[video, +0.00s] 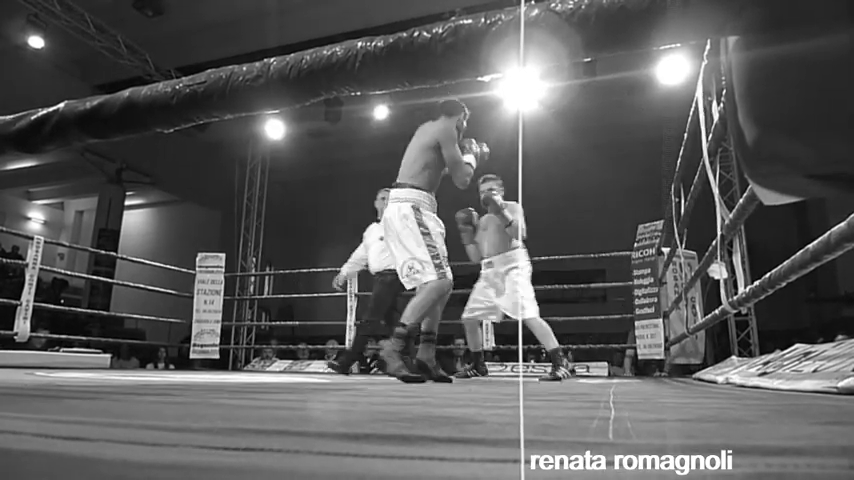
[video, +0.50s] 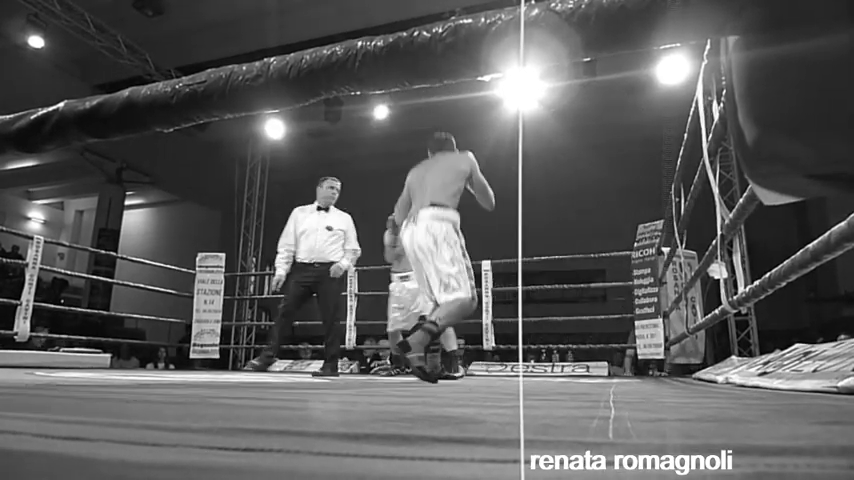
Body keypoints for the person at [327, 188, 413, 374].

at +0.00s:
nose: (386, 202)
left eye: (389, 198)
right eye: (382, 198)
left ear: (394, 202)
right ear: (375, 204)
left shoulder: (402, 223)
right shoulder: (373, 230)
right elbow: (360, 255)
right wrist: (344, 273)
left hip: (400, 275)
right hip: (381, 277)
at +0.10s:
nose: (371, 201)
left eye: (375, 199)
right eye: (367, 198)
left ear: (380, 204)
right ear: (359, 201)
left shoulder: (388, 225)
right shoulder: (354, 228)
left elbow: (400, 257)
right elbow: (341, 252)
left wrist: (400, 287)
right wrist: (326, 268)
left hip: (374, 277)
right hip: (358, 277)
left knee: (352, 321)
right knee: (376, 320)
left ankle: (332, 366)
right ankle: (403, 360)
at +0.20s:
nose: (361, 199)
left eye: (365, 197)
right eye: (357, 195)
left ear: (369, 202)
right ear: (349, 199)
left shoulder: (378, 224)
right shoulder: (341, 224)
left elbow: (386, 256)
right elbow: (329, 249)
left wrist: (384, 285)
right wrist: (315, 265)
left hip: (364, 273)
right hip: (345, 274)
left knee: (344, 316)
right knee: (350, 320)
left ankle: (331, 365)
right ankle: (386, 351)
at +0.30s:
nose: (350, 194)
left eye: (353, 192)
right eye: (346, 190)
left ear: (356, 197)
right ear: (336, 193)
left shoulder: (363, 219)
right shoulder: (323, 218)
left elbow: (372, 251)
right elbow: (310, 246)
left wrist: (362, 274)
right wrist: (300, 267)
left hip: (347, 271)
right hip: (325, 271)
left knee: (338, 317)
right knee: (313, 311)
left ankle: (332, 365)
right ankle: (333, 349)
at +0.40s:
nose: (343, 193)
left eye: (346, 191)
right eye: (339, 189)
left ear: (348, 195)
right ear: (327, 191)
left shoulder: (355, 218)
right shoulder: (311, 215)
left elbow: (364, 249)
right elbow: (298, 246)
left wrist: (352, 267)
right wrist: (290, 269)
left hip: (339, 272)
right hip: (312, 270)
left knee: (336, 317)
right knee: (298, 307)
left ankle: (331, 363)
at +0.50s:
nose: (334, 193)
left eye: (337, 190)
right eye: (330, 188)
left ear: (338, 195)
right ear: (318, 190)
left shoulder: (344, 219)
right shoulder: (299, 213)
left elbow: (353, 250)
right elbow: (286, 247)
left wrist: (343, 264)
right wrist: (281, 271)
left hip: (330, 272)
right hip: (301, 270)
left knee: (332, 319)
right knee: (285, 310)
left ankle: (331, 365)